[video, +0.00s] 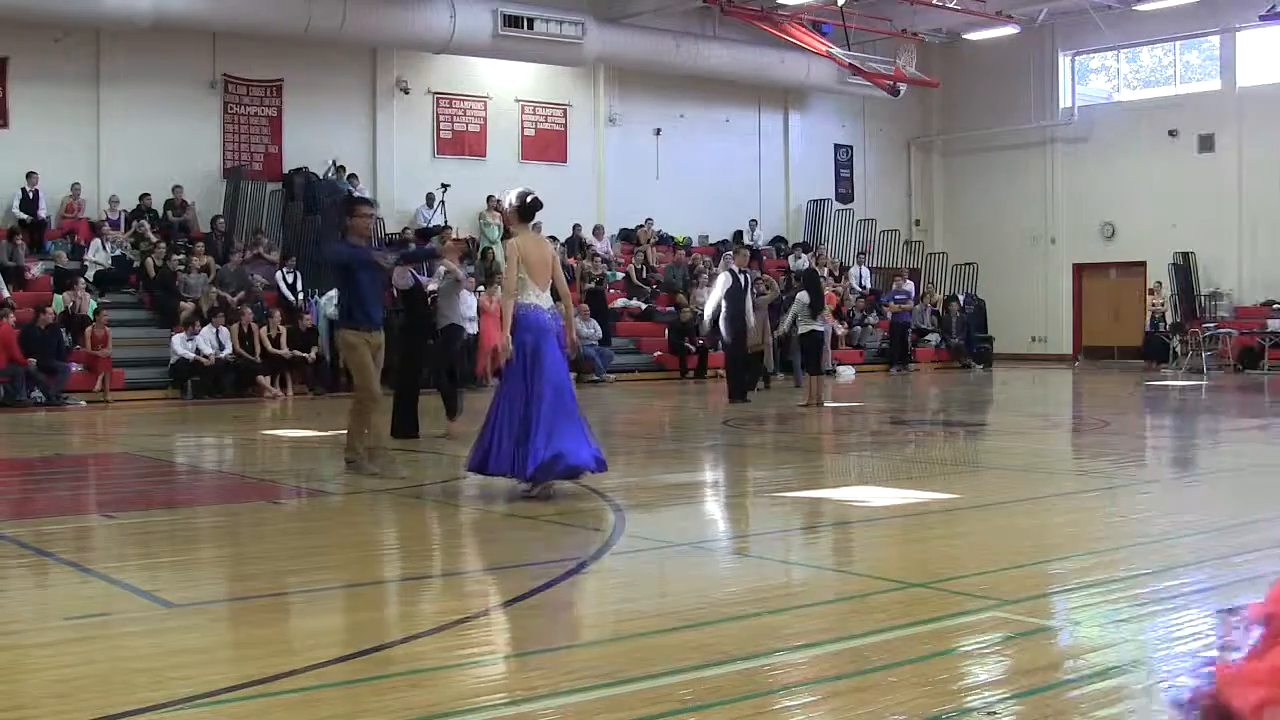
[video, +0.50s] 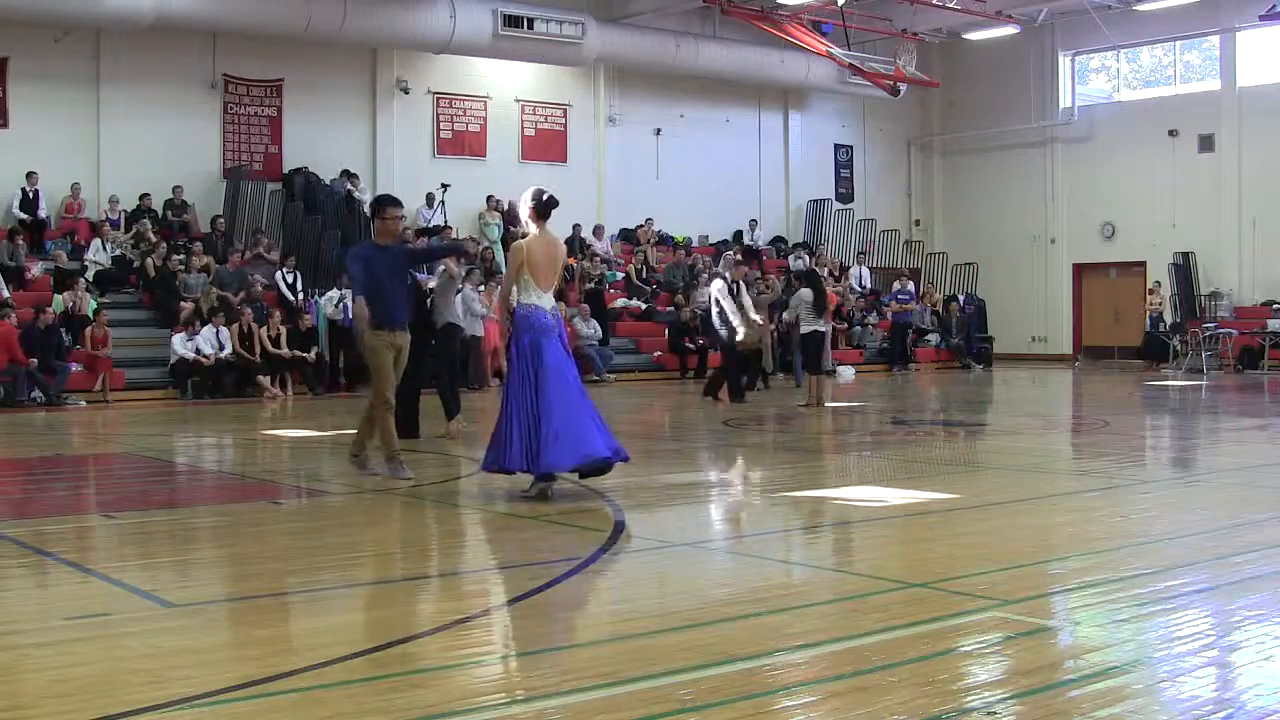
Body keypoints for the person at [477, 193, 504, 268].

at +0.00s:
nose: (494, 203)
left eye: (495, 201)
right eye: (492, 201)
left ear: (496, 203)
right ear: (488, 203)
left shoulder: (499, 215)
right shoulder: (483, 214)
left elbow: (501, 227)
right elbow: (482, 227)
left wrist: (498, 238)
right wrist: (489, 238)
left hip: (496, 240)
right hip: (486, 240)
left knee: (498, 258)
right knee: (486, 257)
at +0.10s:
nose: (493, 204)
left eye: (495, 202)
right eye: (491, 202)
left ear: (496, 203)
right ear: (487, 203)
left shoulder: (498, 214)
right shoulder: (483, 214)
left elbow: (501, 227)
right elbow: (482, 227)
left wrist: (498, 238)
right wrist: (489, 238)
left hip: (496, 239)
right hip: (486, 239)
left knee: (499, 257)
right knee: (486, 256)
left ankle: (501, 275)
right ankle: (485, 275)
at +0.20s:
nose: (493, 204)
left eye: (495, 202)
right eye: (491, 202)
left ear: (496, 203)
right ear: (487, 203)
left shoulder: (498, 214)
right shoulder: (483, 214)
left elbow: (501, 227)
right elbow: (482, 228)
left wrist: (498, 238)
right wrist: (489, 238)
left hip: (496, 239)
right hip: (486, 239)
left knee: (499, 257)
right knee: (486, 257)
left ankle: (501, 275)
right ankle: (486, 275)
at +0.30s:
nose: (493, 204)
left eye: (495, 202)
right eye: (491, 201)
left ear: (496, 203)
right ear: (487, 203)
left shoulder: (498, 214)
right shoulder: (482, 214)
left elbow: (501, 227)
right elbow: (482, 227)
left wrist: (498, 238)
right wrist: (489, 238)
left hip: (496, 240)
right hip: (486, 240)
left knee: (499, 257)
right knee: (486, 257)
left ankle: (501, 276)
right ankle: (485, 276)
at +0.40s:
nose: (493, 204)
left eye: (495, 202)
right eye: (491, 202)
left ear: (496, 203)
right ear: (487, 203)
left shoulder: (498, 215)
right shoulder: (482, 214)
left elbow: (501, 227)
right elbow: (482, 228)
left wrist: (498, 238)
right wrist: (489, 238)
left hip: (496, 239)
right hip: (486, 239)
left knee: (498, 257)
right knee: (486, 257)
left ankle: (500, 275)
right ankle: (486, 276)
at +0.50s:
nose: (493, 204)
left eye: (495, 202)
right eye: (491, 202)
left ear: (496, 203)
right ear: (487, 203)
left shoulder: (498, 215)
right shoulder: (482, 214)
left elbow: (501, 227)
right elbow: (482, 228)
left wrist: (498, 238)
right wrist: (489, 238)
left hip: (496, 240)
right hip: (486, 240)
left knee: (499, 259)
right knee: (486, 259)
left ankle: (501, 276)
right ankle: (486, 276)